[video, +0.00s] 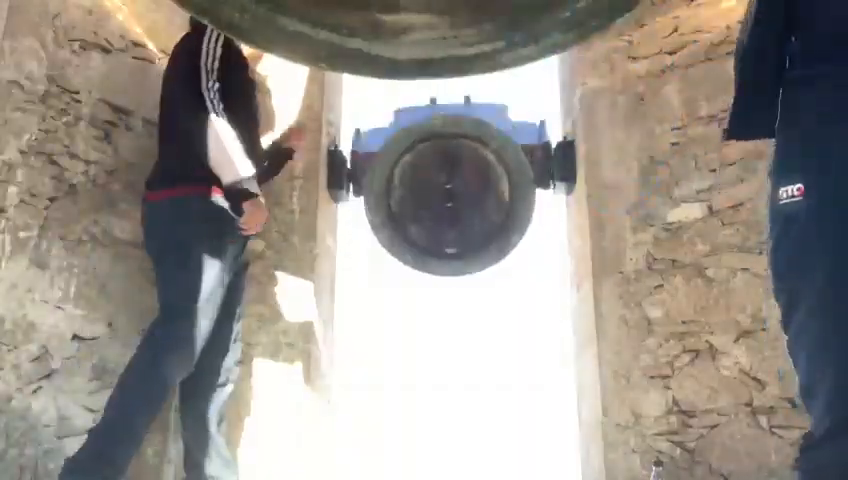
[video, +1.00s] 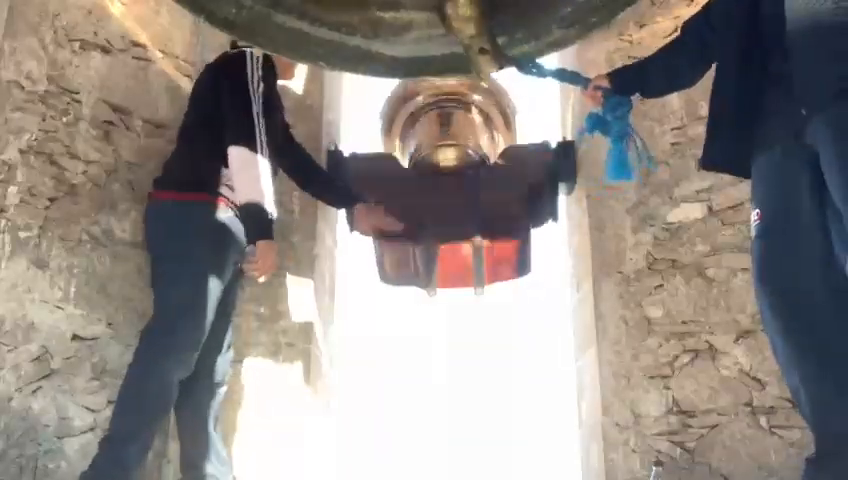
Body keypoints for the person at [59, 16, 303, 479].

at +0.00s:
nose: (267, 31)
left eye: (269, 25)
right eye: (264, 21)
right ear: (245, 12)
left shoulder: (238, 72)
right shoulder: (208, 37)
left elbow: (239, 174)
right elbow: (207, 116)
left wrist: (281, 153)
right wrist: (248, 190)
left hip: (226, 217)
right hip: (191, 205)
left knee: (216, 370)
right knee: (179, 345)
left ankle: (212, 471)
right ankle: (91, 470)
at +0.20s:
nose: (277, 37)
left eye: (279, 31)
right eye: (273, 26)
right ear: (251, 18)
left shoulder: (250, 82)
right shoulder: (216, 41)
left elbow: (290, 152)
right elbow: (221, 116)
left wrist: (320, 91)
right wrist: (280, 182)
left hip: (245, 227)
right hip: (207, 212)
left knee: (222, 375)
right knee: (184, 359)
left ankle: (214, 473)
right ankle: (112, 471)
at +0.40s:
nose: (270, 30)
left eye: (270, 23)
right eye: (265, 20)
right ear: (239, 15)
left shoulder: (252, 81)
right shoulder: (215, 47)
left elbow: (310, 106)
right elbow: (222, 117)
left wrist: (336, 46)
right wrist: (291, 176)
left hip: (254, 228)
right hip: (214, 212)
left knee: (225, 376)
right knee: (183, 355)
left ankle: (215, 473)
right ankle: (115, 471)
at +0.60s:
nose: (268, 40)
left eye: (271, 32)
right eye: (260, 28)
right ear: (235, 23)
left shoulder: (263, 81)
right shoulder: (220, 54)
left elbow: (316, 92)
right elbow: (227, 132)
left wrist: (354, 46)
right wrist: (284, 205)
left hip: (251, 228)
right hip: (216, 213)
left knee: (225, 377)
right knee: (183, 358)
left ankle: (215, 472)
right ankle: (115, 470)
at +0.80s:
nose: (305, 58)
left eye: (308, 50)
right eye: (303, 46)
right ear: (283, 38)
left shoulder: (267, 87)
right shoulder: (246, 61)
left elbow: (296, 150)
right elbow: (236, 136)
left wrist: (351, 119)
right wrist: (253, 215)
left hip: (238, 221)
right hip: (205, 213)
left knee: (224, 372)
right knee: (181, 356)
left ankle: (216, 472)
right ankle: (115, 469)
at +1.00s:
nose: (306, 59)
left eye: (308, 50)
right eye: (302, 47)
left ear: (280, 46)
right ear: (277, 39)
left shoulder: (264, 84)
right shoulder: (244, 63)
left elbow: (290, 155)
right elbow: (242, 147)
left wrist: (352, 206)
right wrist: (262, 231)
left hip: (230, 222)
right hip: (196, 212)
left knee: (210, 369)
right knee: (175, 346)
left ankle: (209, 472)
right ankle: (111, 470)